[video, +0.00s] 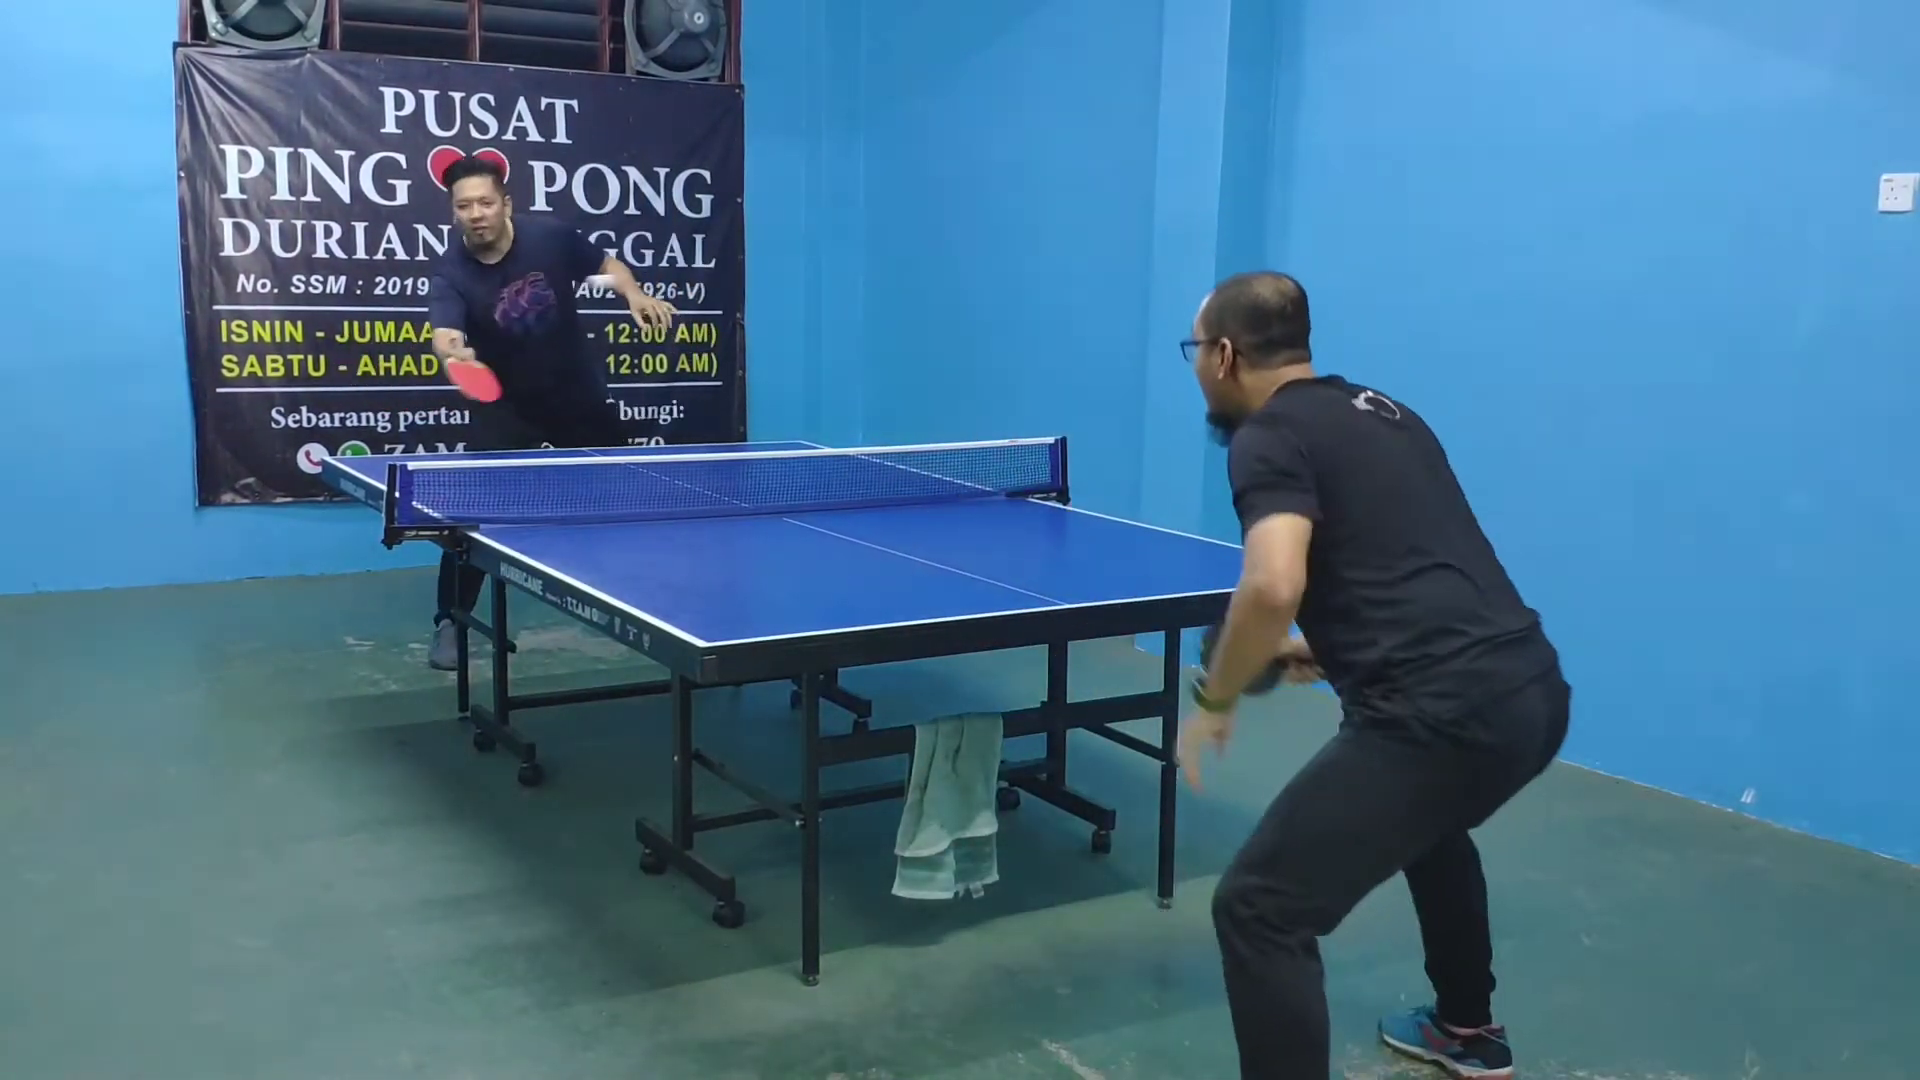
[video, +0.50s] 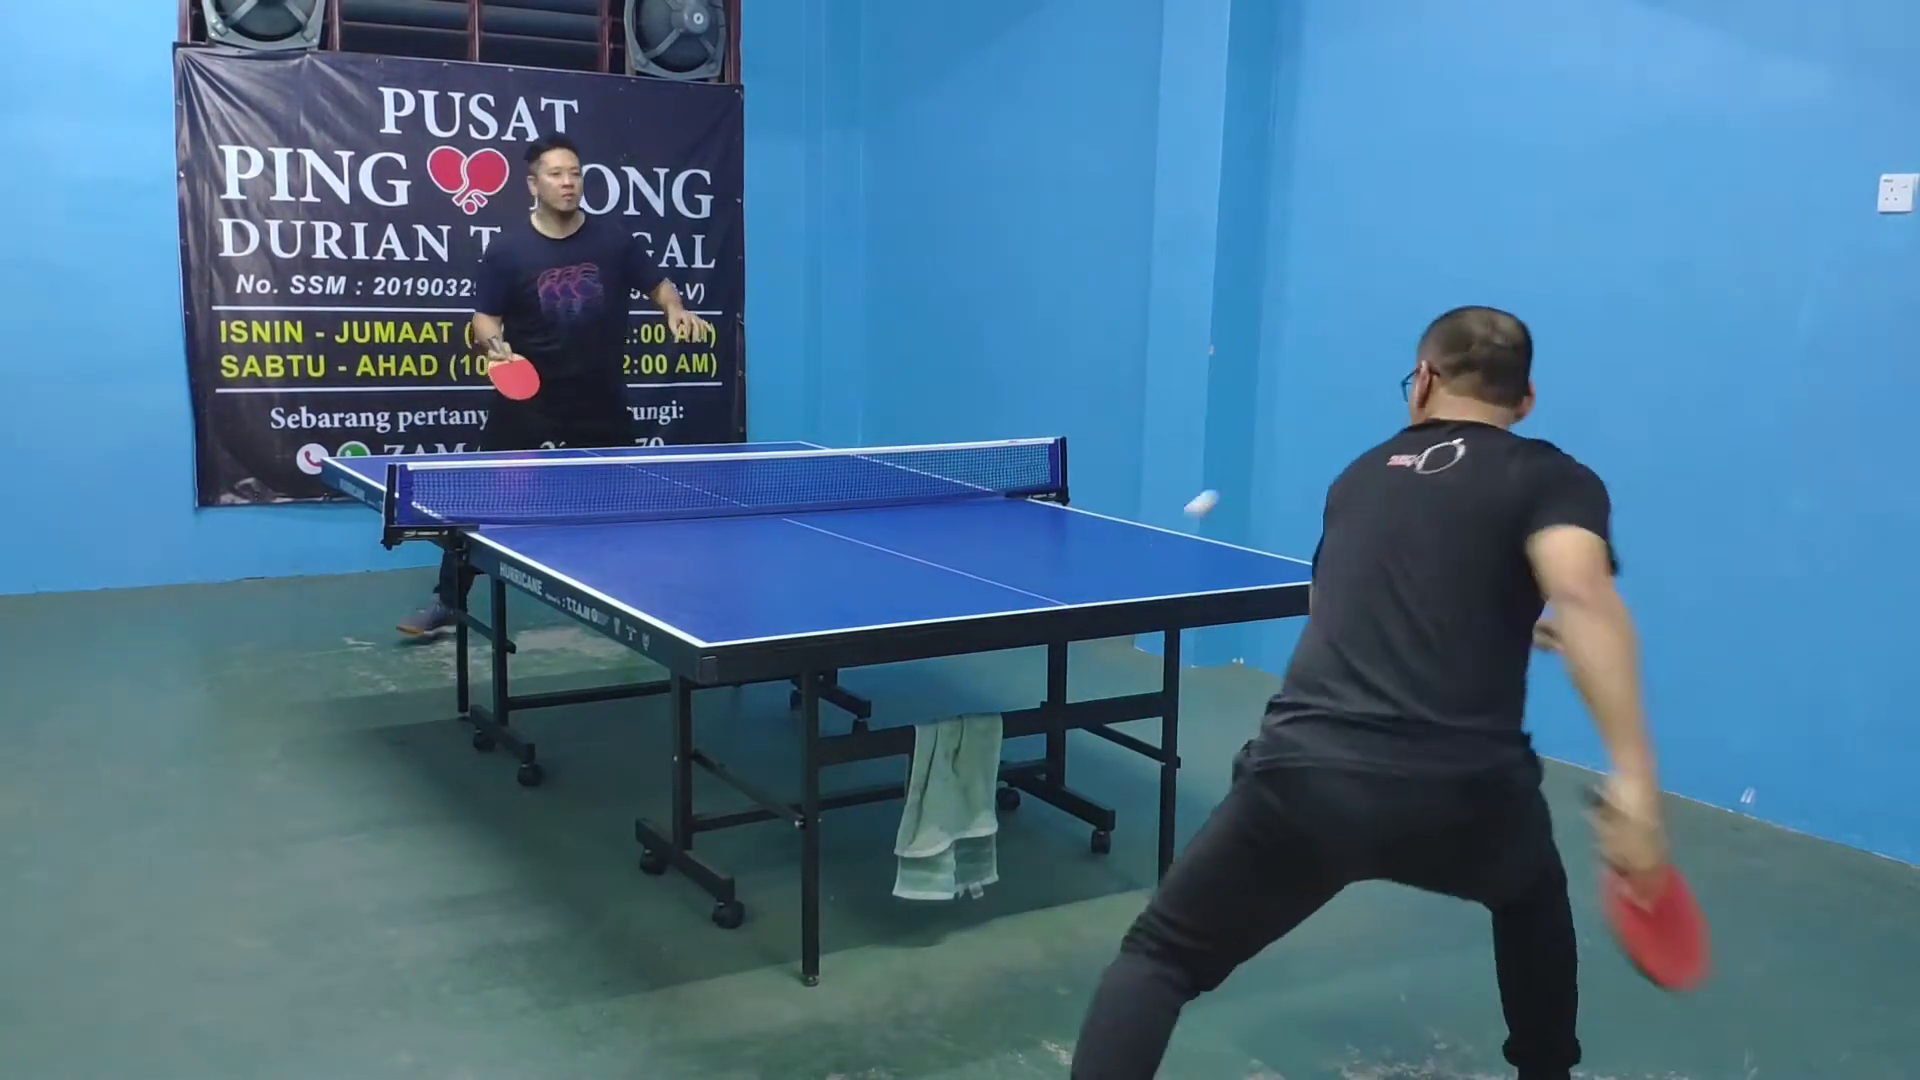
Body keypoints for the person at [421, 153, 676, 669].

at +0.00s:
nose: (476, 214)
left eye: (485, 202)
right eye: (465, 205)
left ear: (507, 201)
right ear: (453, 212)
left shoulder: (549, 236)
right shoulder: (451, 273)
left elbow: (606, 265)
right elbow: (444, 328)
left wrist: (636, 295)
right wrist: (452, 347)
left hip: (574, 399)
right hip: (502, 407)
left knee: (629, 494)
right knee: (476, 509)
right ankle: (451, 621)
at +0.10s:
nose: (493, 202)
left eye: (501, 192)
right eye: (480, 194)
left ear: (517, 197)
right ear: (463, 204)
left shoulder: (553, 234)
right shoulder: (455, 269)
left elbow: (602, 267)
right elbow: (445, 338)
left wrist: (636, 291)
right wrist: (468, 350)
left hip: (574, 398)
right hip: (501, 408)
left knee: (628, 493)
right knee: (478, 508)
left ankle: (667, 610)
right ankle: (451, 621)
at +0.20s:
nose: (517, 199)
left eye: (524, 189)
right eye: (504, 191)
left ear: (535, 194)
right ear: (484, 201)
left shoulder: (568, 243)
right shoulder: (469, 267)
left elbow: (613, 280)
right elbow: (448, 340)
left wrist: (645, 298)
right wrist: (475, 355)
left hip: (578, 405)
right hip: (507, 411)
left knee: (626, 499)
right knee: (483, 511)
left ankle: (660, 613)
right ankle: (452, 621)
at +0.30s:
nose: (541, 195)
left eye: (548, 186)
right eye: (528, 187)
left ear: (559, 193)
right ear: (507, 197)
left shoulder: (589, 252)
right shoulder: (485, 268)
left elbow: (636, 292)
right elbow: (459, 336)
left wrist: (661, 309)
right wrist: (480, 357)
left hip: (592, 417)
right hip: (520, 423)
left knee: (625, 514)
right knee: (489, 518)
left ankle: (665, 623)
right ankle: (454, 623)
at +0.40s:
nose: (562, 187)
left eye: (568, 177)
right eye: (549, 179)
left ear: (576, 184)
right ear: (526, 189)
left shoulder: (605, 242)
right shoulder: (503, 257)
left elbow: (648, 289)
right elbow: (478, 325)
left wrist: (672, 312)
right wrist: (491, 350)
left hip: (601, 408)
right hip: (528, 415)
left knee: (635, 504)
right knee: (492, 505)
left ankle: (663, 617)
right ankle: (456, 612)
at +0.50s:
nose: (568, 182)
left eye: (574, 173)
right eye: (556, 174)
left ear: (583, 180)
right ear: (533, 184)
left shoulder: (612, 239)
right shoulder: (509, 247)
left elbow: (656, 283)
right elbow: (484, 316)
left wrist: (677, 310)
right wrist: (494, 340)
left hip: (600, 399)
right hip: (528, 404)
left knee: (636, 498)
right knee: (476, 494)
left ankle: (659, 609)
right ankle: (449, 601)